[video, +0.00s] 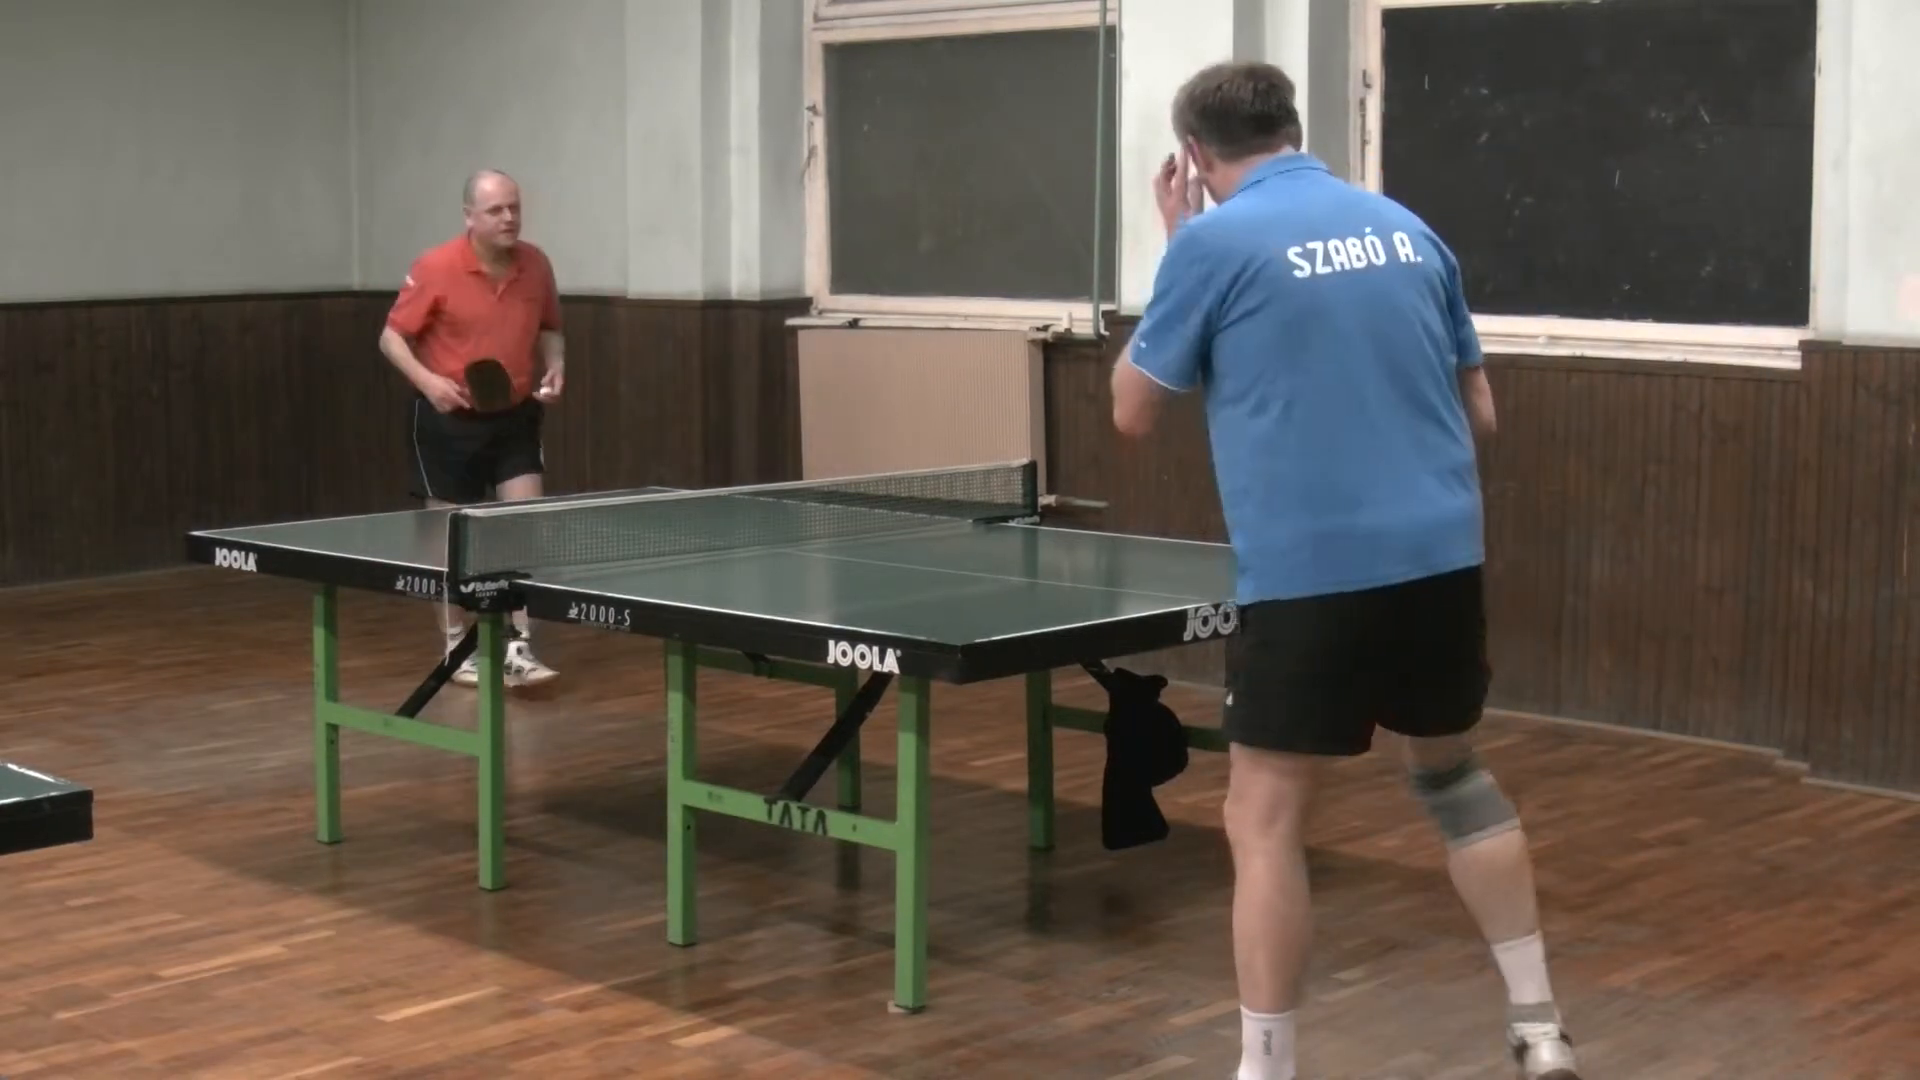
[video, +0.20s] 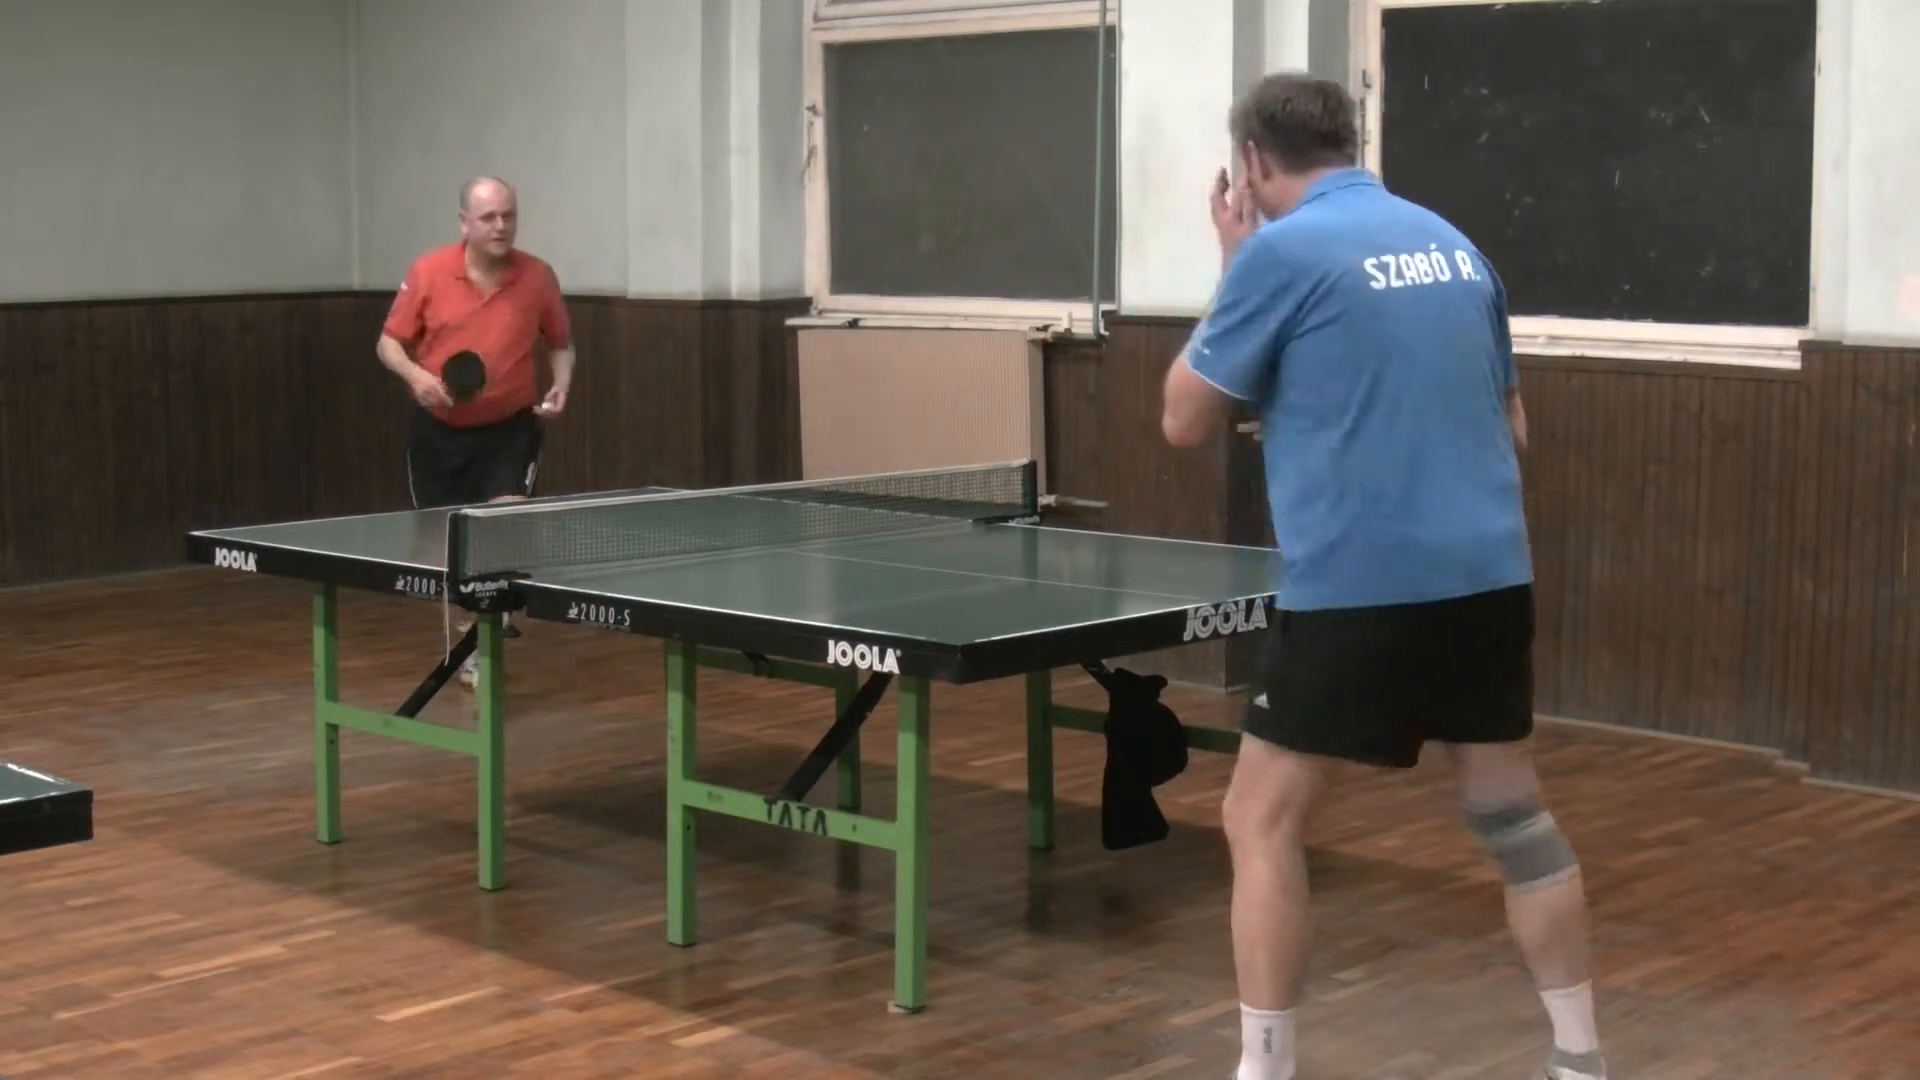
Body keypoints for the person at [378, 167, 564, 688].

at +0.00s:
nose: (508, 220)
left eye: (514, 209)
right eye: (495, 212)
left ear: (521, 212)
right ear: (469, 217)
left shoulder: (535, 265)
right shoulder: (436, 268)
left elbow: (550, 330)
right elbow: (390, 338)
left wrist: (554, 368)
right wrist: (428, 381)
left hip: (516, 412)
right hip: (450, 415)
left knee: (526, 516)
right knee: (452, 529)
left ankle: (517, 643)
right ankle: (457, 645)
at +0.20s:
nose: (501, 226)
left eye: (508, 216)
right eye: (489, 218)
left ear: (517, 220)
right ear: (464, 223)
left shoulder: (537, 277)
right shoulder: (430, 272)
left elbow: (560, 343)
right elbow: (388, 343)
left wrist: (560, 385)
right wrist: (416, 377)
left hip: (511, 428)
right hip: (440, 430)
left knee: (503, 523)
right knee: (448, 543)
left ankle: (496, 618)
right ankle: (462, 654)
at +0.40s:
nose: (504, 227)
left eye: (512, 217)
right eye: (492, 218)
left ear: (522, 221)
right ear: (468, 220)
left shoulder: (539, 281)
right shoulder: (434, 265)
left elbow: (569, 353)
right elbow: (392, 322)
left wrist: (571, 404)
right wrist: (386, 356)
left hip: (505, 434)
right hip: (434, 432)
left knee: (495, 547)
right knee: (440, 552)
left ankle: (481, 661)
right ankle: (464, 662)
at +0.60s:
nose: (494, 217)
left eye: (502, 207)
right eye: (481, 208)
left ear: (511, 208)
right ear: (457, 210)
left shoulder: (530, 268)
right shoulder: (431, 253)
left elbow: (565, 329)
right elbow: (404, 309)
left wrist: (586, 365)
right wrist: (364, 324)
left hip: (500, 430)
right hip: (431, 429)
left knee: (497, 549)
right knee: (427, 548)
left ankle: (486, 664)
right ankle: (455, 661)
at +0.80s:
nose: (476, 211)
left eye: (484, 200)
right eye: (463, 201)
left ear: (494, 202)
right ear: (441, 204)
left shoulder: (515, 257)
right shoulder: (427, 250)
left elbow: (558, 309)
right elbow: (402, 308)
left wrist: (564, 281)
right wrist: (353, 299)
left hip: (494, 425)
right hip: (425, 424)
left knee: (494, 553)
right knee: (409, 547)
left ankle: (484, 680)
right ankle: (418, 673)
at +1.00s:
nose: (441, 206)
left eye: (451, 195)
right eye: (429, 198)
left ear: (468, 198)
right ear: (414, 205)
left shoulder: (497, 257)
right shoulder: (410, 249)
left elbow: (550, 297)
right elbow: (376, 295)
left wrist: (526, 251)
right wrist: (320, 280)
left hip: (490, 425)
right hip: (419, 426)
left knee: (492, 554)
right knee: (402, 547)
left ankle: (485, 673)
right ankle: (410, 673)